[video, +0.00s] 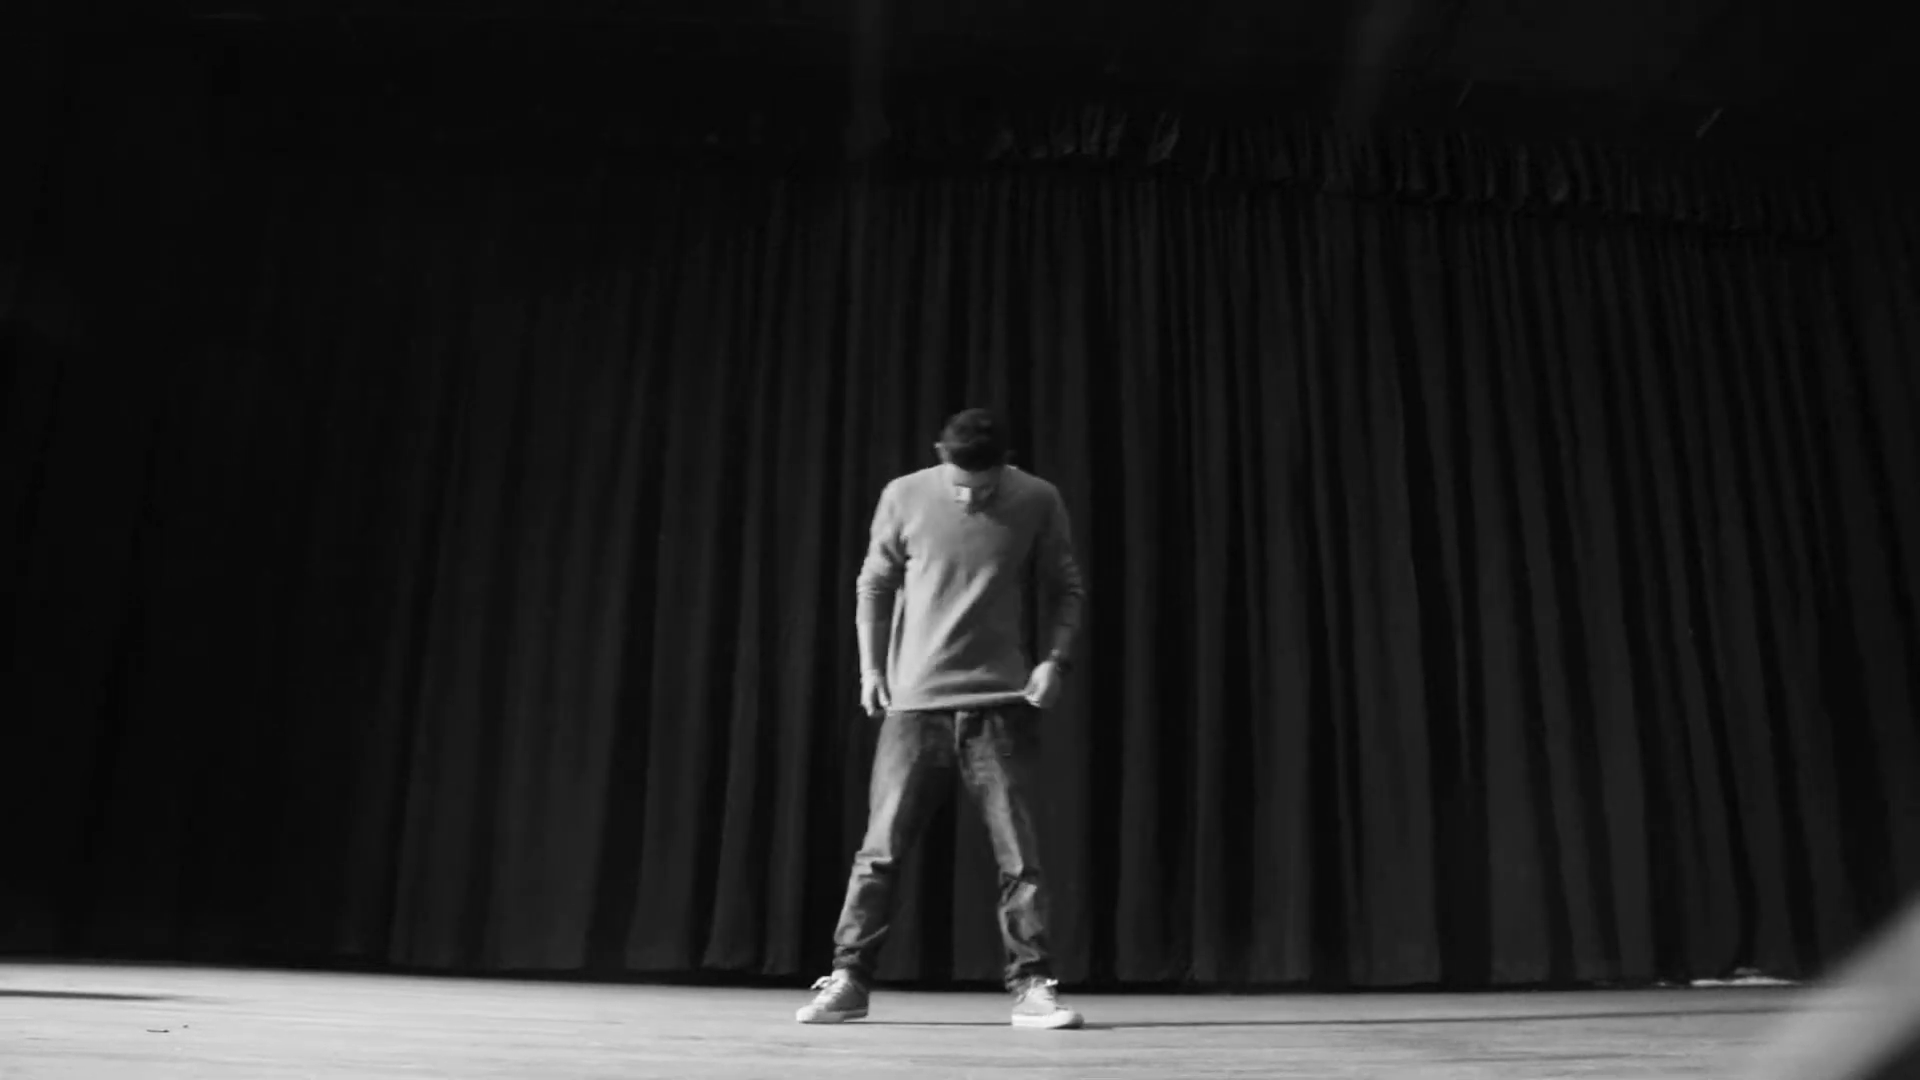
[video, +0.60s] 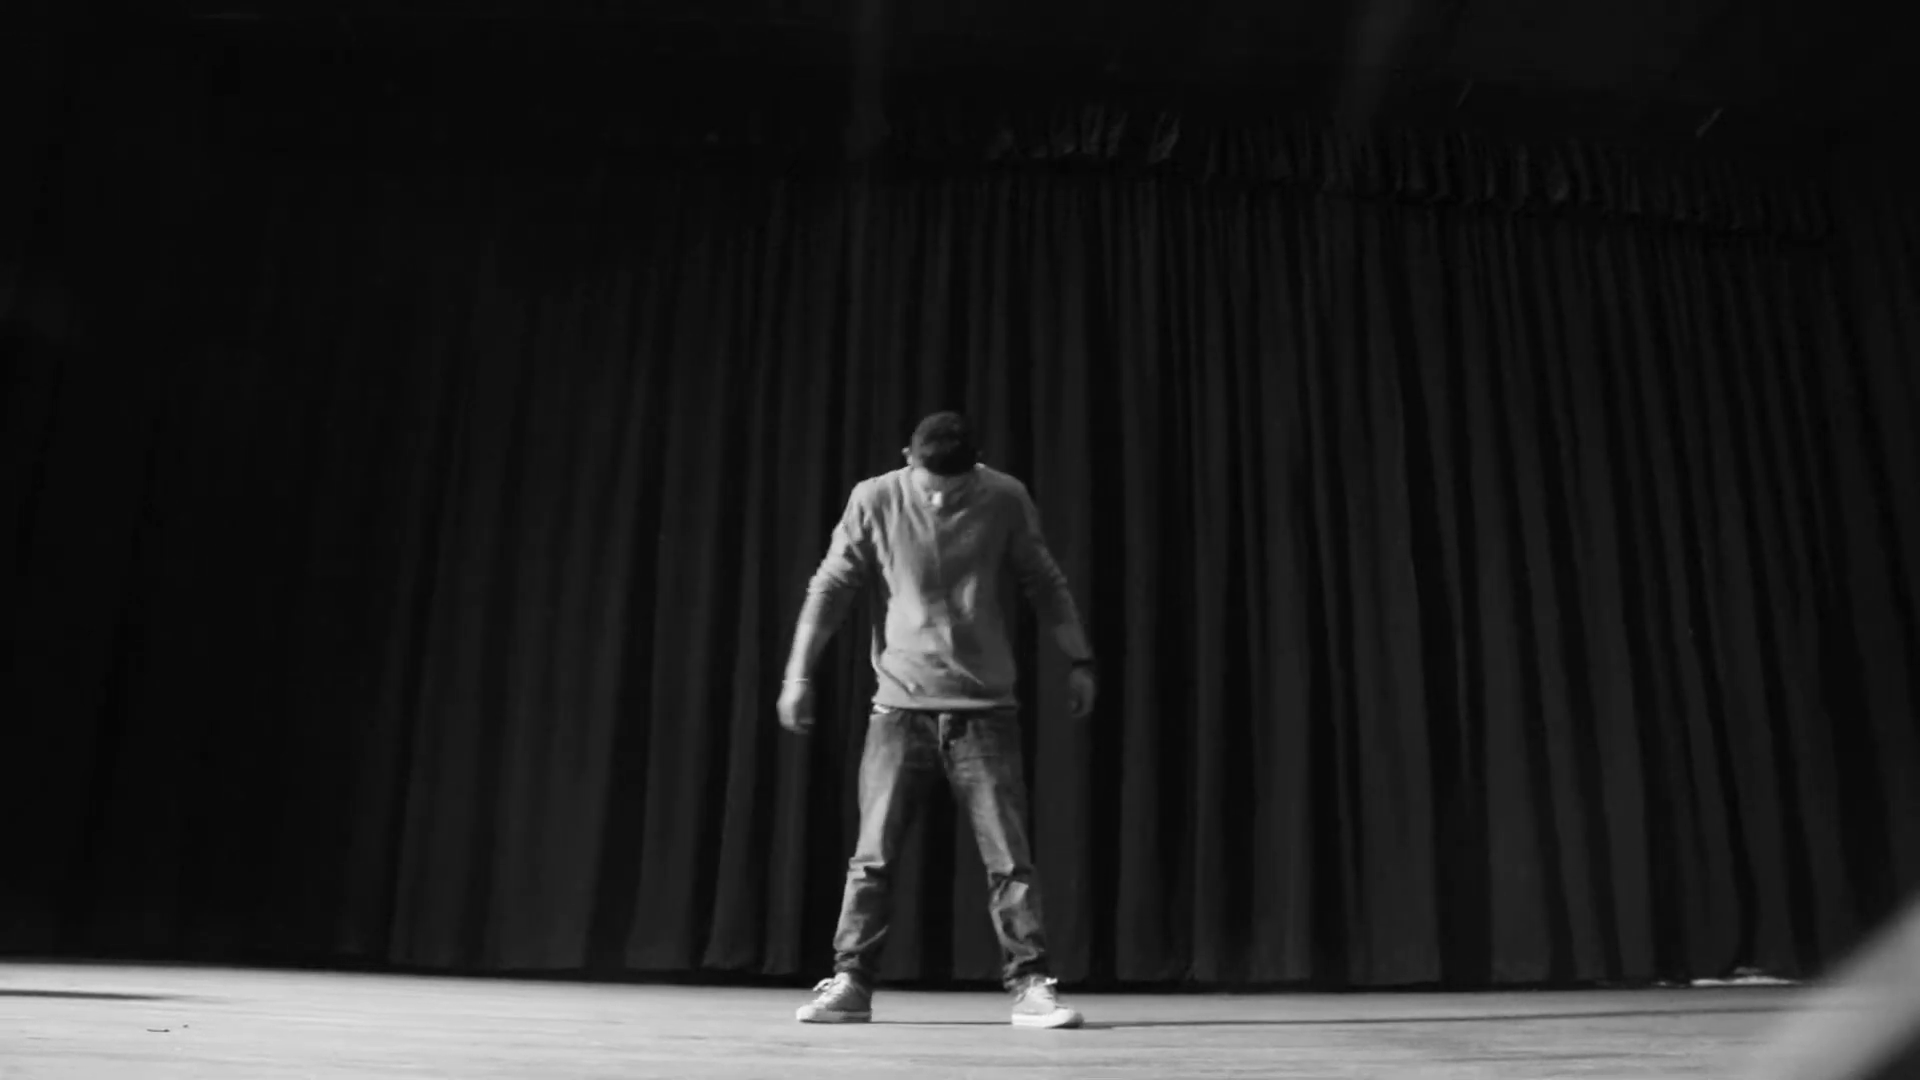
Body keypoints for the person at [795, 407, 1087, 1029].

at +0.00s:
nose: (968, 495)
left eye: (979, 484)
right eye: (957, 483)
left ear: (1001, 466)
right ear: (941, 463)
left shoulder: (1038, 502)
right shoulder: (903, 498)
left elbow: (1068, 592)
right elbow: (874, 583)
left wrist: (1054, 663)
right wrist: (870, 668)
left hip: (996, 702)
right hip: (913, 703)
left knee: (1019, 856)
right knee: (880, 851)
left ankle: (1032, 989)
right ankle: (847, 981)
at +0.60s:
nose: (939, 499)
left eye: (951, 489)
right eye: (928, 486)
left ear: (972, 470)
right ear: (910, 462)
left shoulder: (1006, 499)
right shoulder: (874, 500)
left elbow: (1046, 582)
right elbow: (831, 586)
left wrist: (1078, 658)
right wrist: (798, 674)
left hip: (983, 707)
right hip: (899, 705)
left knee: (1008, 856)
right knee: (872, 856)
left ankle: (1030, 988)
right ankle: (849, 983)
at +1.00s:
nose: (929, 554)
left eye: (938, 544)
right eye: (917, 544)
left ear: (959, 516)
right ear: (899, 517)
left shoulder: (999, 513)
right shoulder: (867, 523)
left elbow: (1080, 570)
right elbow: (801, 580)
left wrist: (1127, 650)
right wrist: (737, 654)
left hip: (986, 709)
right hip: (904, 708)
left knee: (1010, 851)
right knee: (877, 852)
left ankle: (1033, 988)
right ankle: (849, 983)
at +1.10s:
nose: (933, 531)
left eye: (944, 521)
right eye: (922, 521)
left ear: (965, 494)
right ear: (902, 496)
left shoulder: (1004, 501)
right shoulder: (870, 506)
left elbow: (1087, 554)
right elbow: (800, 553)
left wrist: (1131, 628)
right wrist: (734, 624)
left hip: (986, 708)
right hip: (904, 707)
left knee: (1009, 851)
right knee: (877, 851)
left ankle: (1032, 989)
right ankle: (849, 985)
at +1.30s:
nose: (940, 507)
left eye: (951, 496)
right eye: (927, 496)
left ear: (972, 469)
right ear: (906, 470)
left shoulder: (1009, 486)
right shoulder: (876, 488)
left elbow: (1087, 525)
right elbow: (802, 524)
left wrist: (1152, 582)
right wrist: (727, 576)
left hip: (985, 705)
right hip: (902, 705)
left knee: (1011, 854)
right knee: (876, 852)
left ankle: (1032, 989)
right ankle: (850, 984)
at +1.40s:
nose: (942, 504)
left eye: (953, 493)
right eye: (929, 494)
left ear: (974, 467)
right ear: (907, 469)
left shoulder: (1009, 484)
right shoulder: (875, 488)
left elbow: (1085, 522)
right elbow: (803, 523)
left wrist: (1162, 566)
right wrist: (721, 564)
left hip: (985, 704)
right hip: (903, 704)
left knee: (1011, 854)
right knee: (877, 852)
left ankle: (1033, 988)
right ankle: (848, 985)